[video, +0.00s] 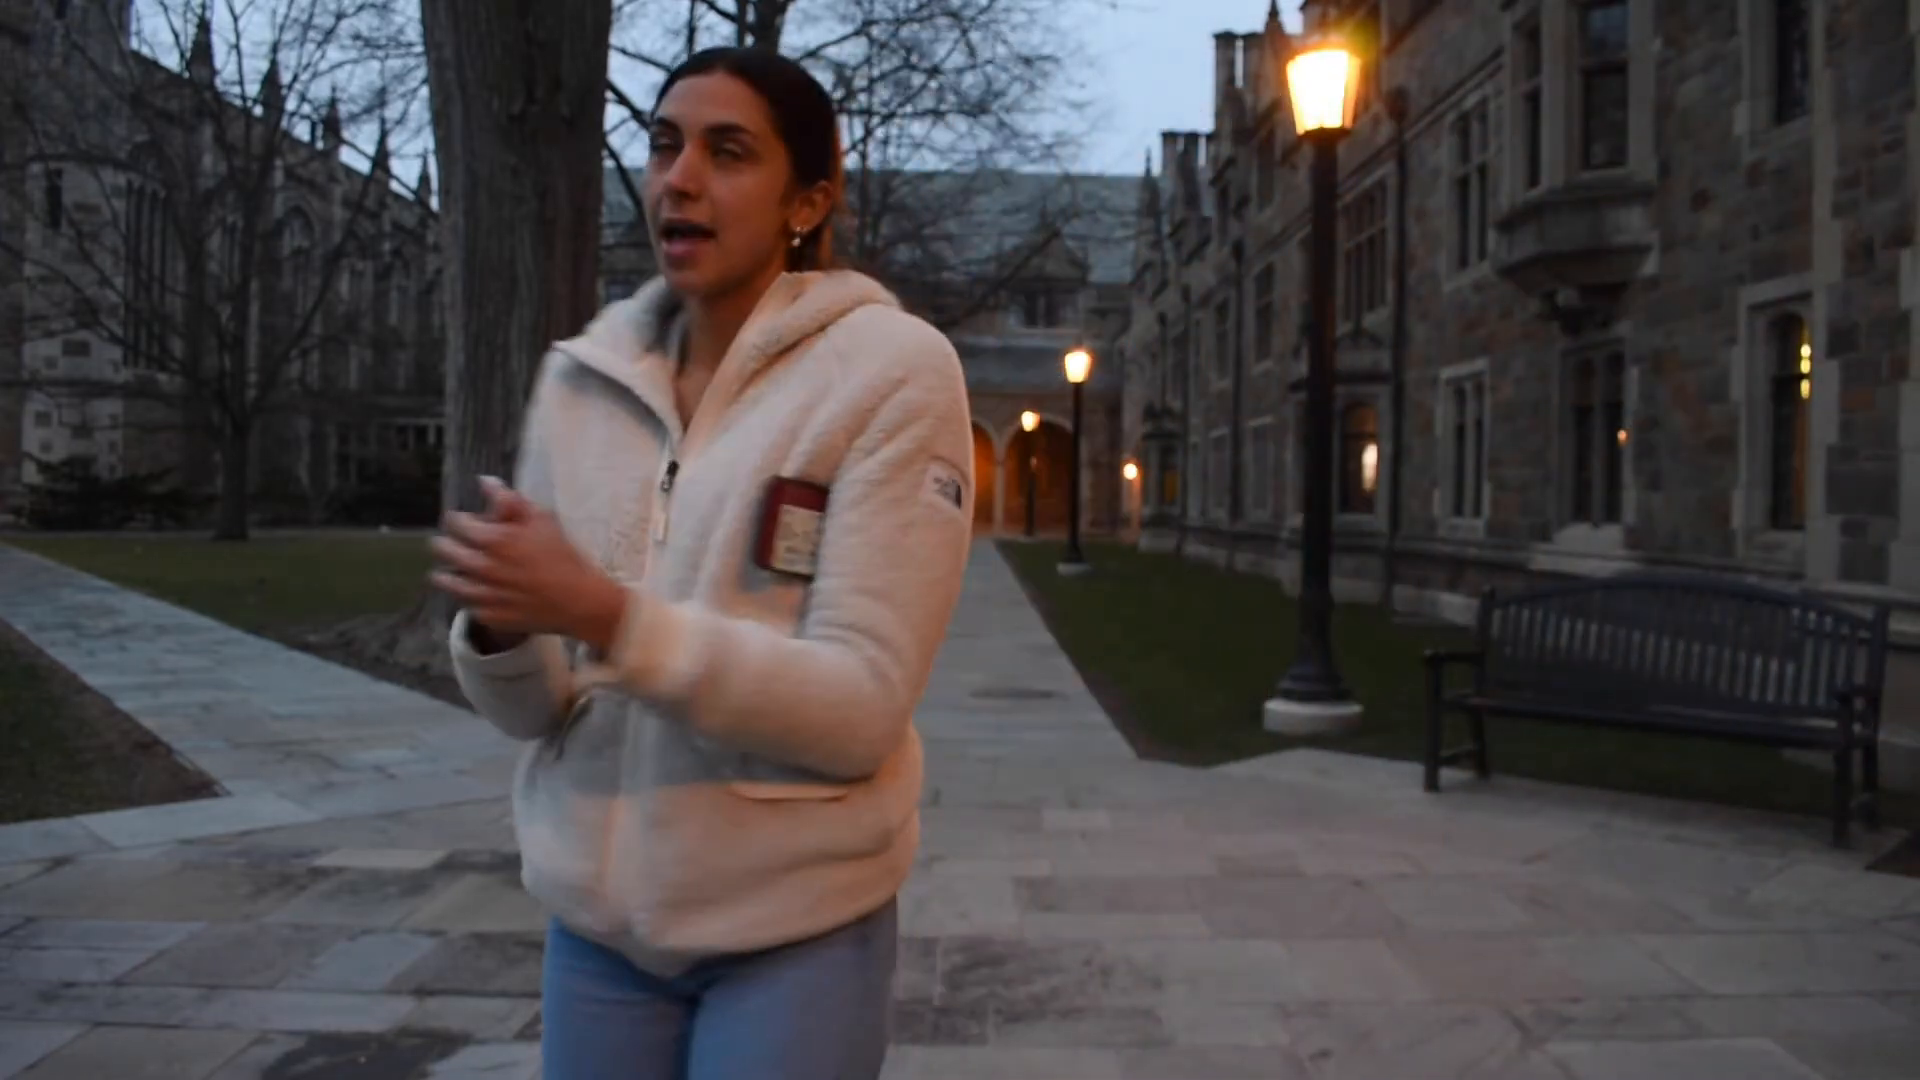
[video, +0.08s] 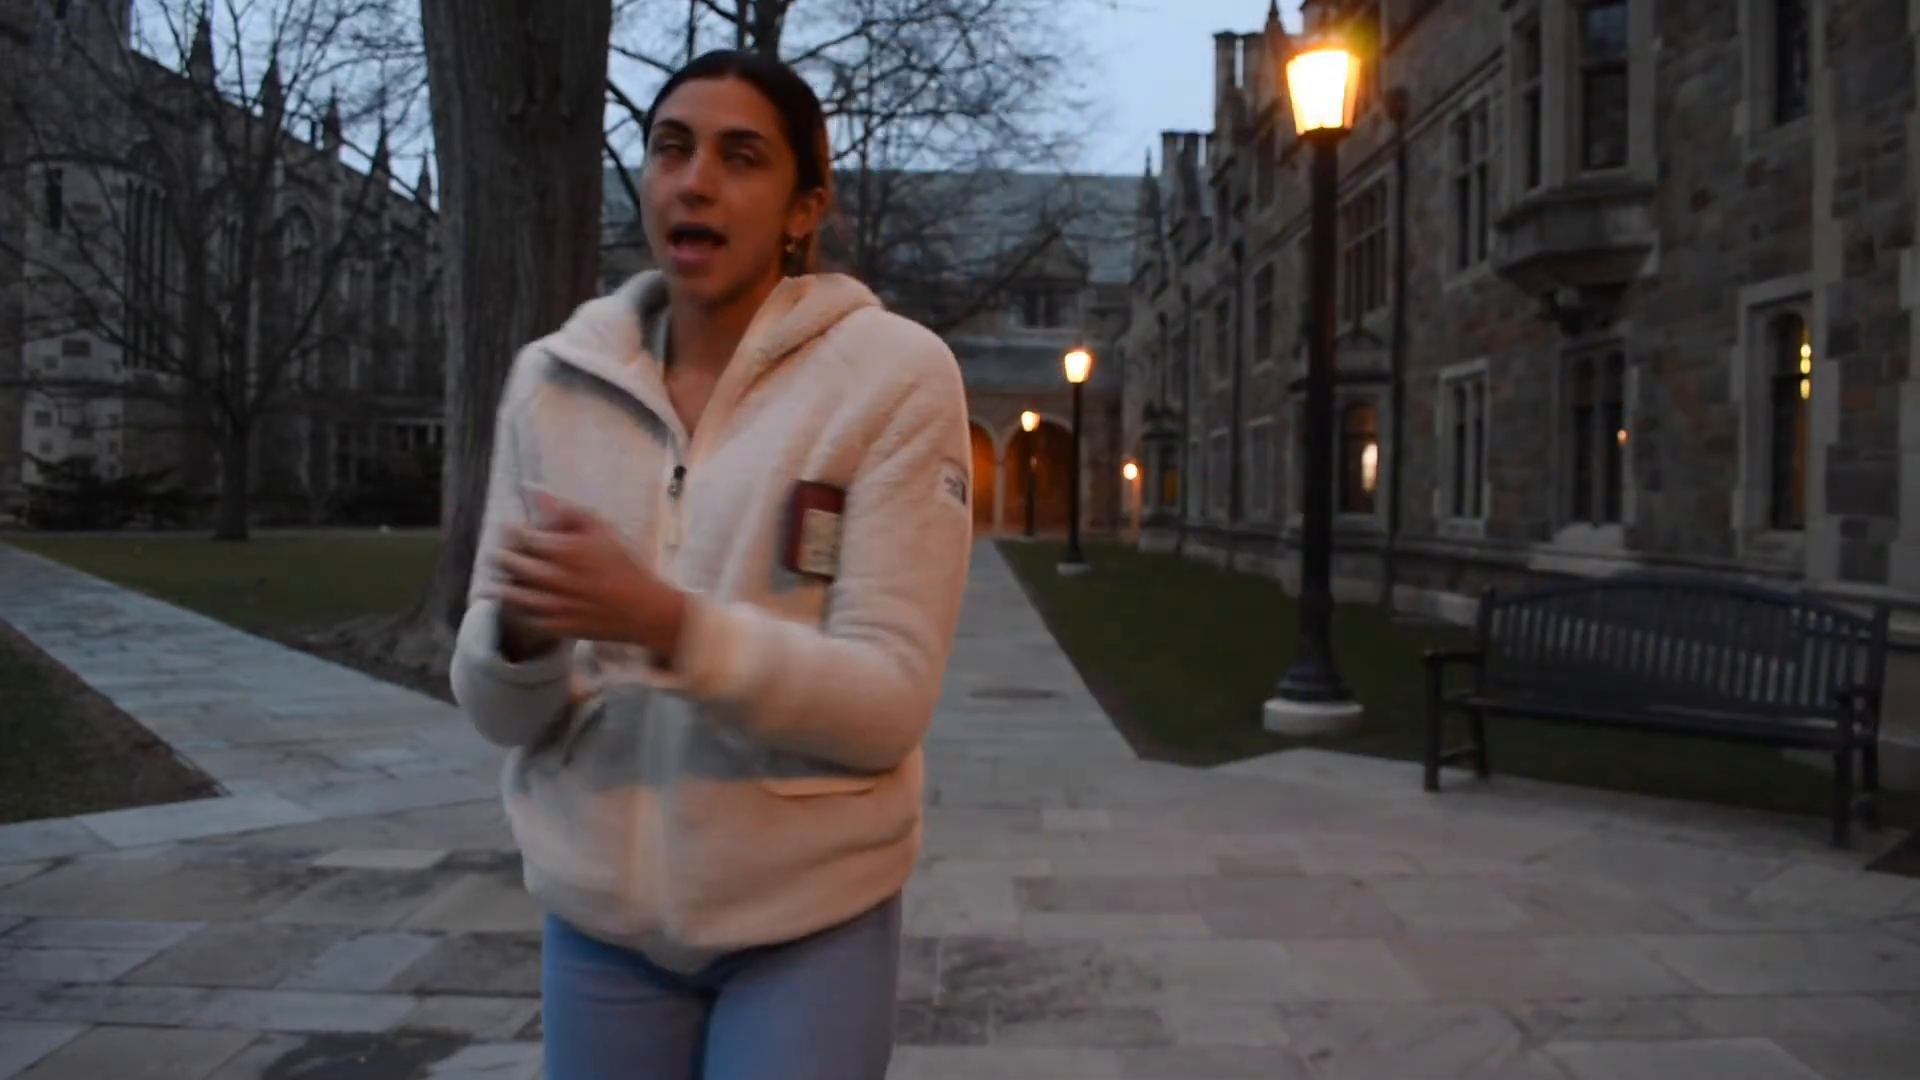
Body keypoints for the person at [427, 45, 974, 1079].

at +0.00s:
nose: (679, 179)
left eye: (729, 152)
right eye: (666, 145)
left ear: (808, 200)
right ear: (646, 173)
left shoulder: (896, 374)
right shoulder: (581, 374)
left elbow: (860, 709)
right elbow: (533, 712)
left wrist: (603, 613)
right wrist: (498, 617)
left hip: (797, 928)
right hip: (598, 924)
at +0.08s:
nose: (694, 184)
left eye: (742, 157)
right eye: (672, 148)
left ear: (804, 207)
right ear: (643, 180)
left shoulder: (898, 377)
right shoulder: (554, 378)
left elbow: (888, 704)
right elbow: (498, 712)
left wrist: (662, 618)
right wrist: (527, 623)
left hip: (811, 922)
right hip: (599, 920)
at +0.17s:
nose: (717, 187)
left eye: (758, 162)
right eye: (687, 151)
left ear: (807, 211)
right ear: (645, 187)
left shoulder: (900, 378)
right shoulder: (537, 379)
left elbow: (916, 691)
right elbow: (486, 698)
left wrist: (732, 625)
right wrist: (564, 626)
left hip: (825, 915)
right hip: (604, 919)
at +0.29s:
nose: (760, 195)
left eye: (796, 169)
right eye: (726, 156)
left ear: (825, 208)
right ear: (660, 186)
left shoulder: (909, 381)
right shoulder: (541, 379)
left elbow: (943, 690)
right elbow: (504, 702)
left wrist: (833, 621)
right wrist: (650, 620)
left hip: (848, 904)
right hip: (619, 913)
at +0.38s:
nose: (797, 198)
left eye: (827, 173)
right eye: (759, 157)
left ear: (848, 210)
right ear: (682, 186)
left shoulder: (920, 382)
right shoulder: (560, 375)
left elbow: (961, 694)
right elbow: (533, 711)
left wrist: (893, 613)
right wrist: (721, 603)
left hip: (866, 910)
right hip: (636, 922)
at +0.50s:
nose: (862, 204)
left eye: (882, 179)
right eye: (821, 163)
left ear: (895, 210)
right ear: (732, 189)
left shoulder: (941, 389)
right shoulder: (612, 372)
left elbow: (970, 712)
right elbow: (604, 719)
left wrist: (995, 606)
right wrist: (839, 587)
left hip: (896, 920)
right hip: (679, 931)